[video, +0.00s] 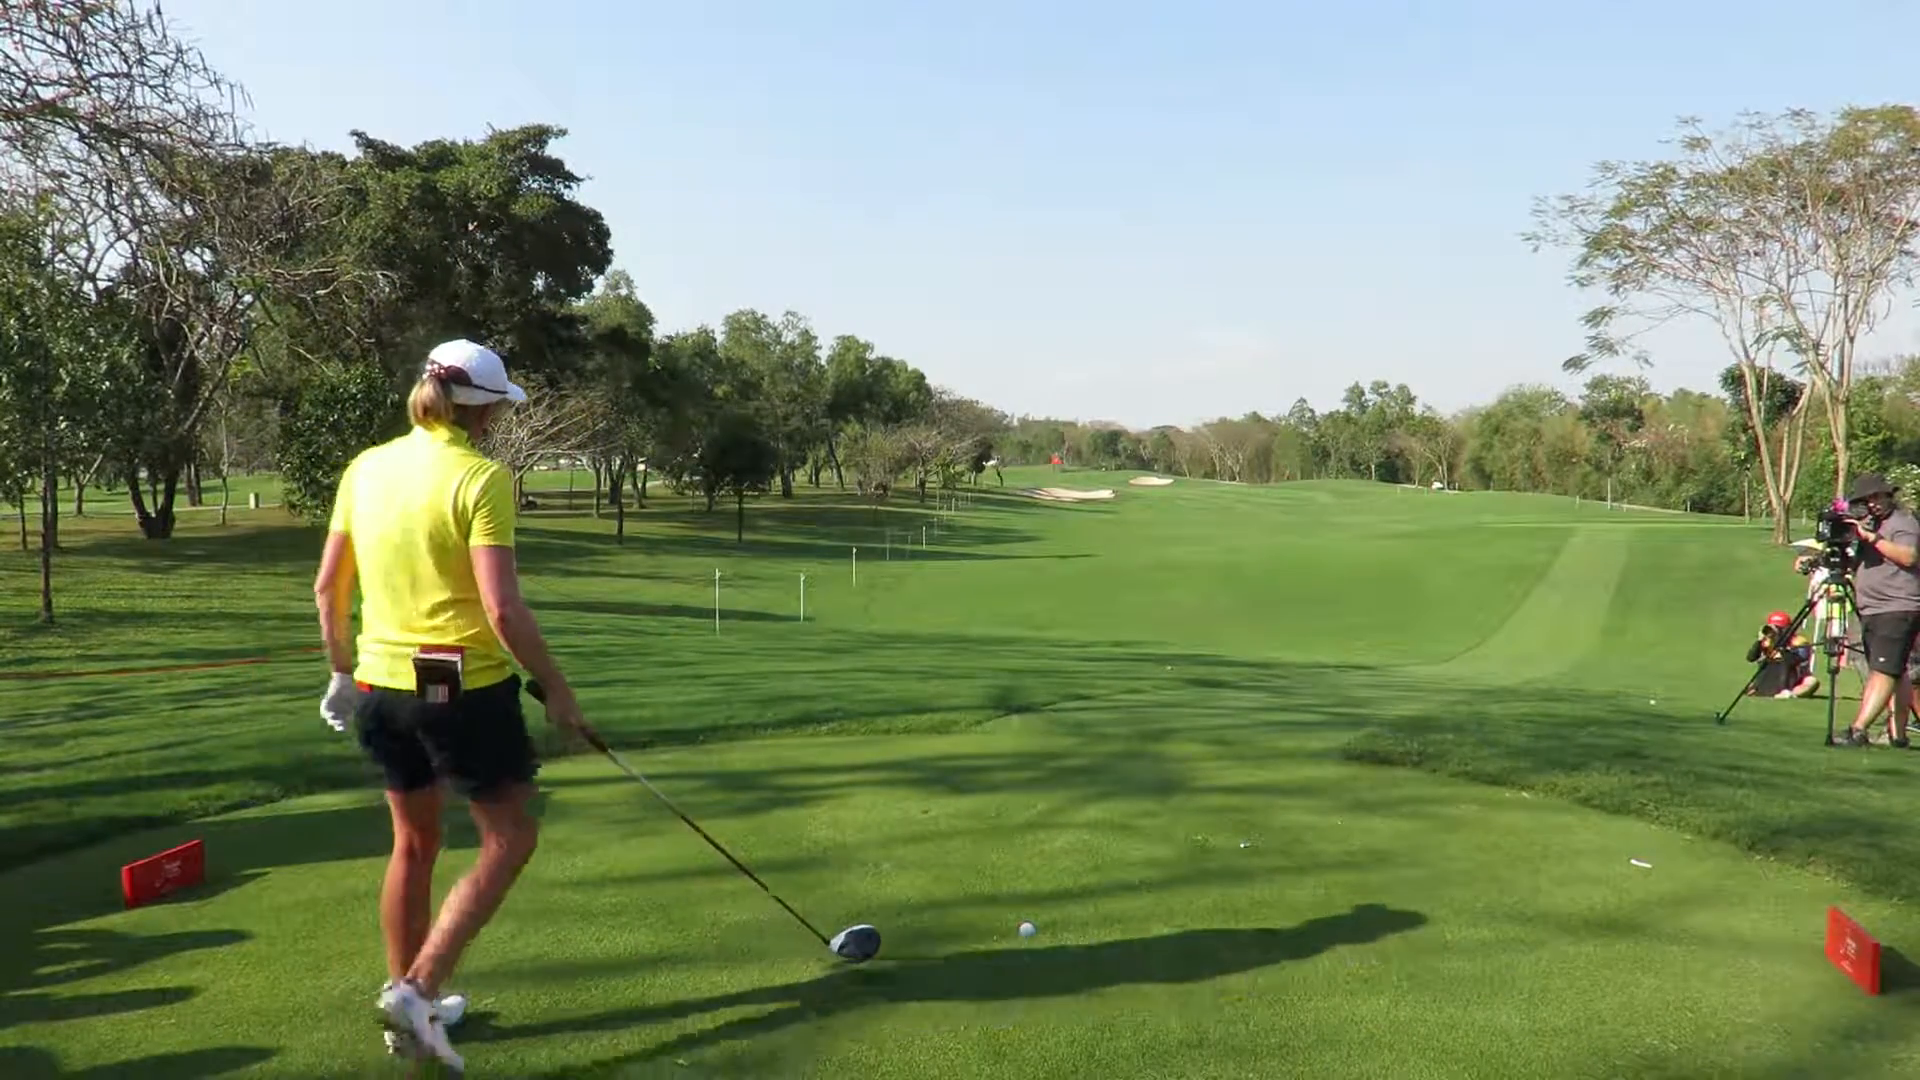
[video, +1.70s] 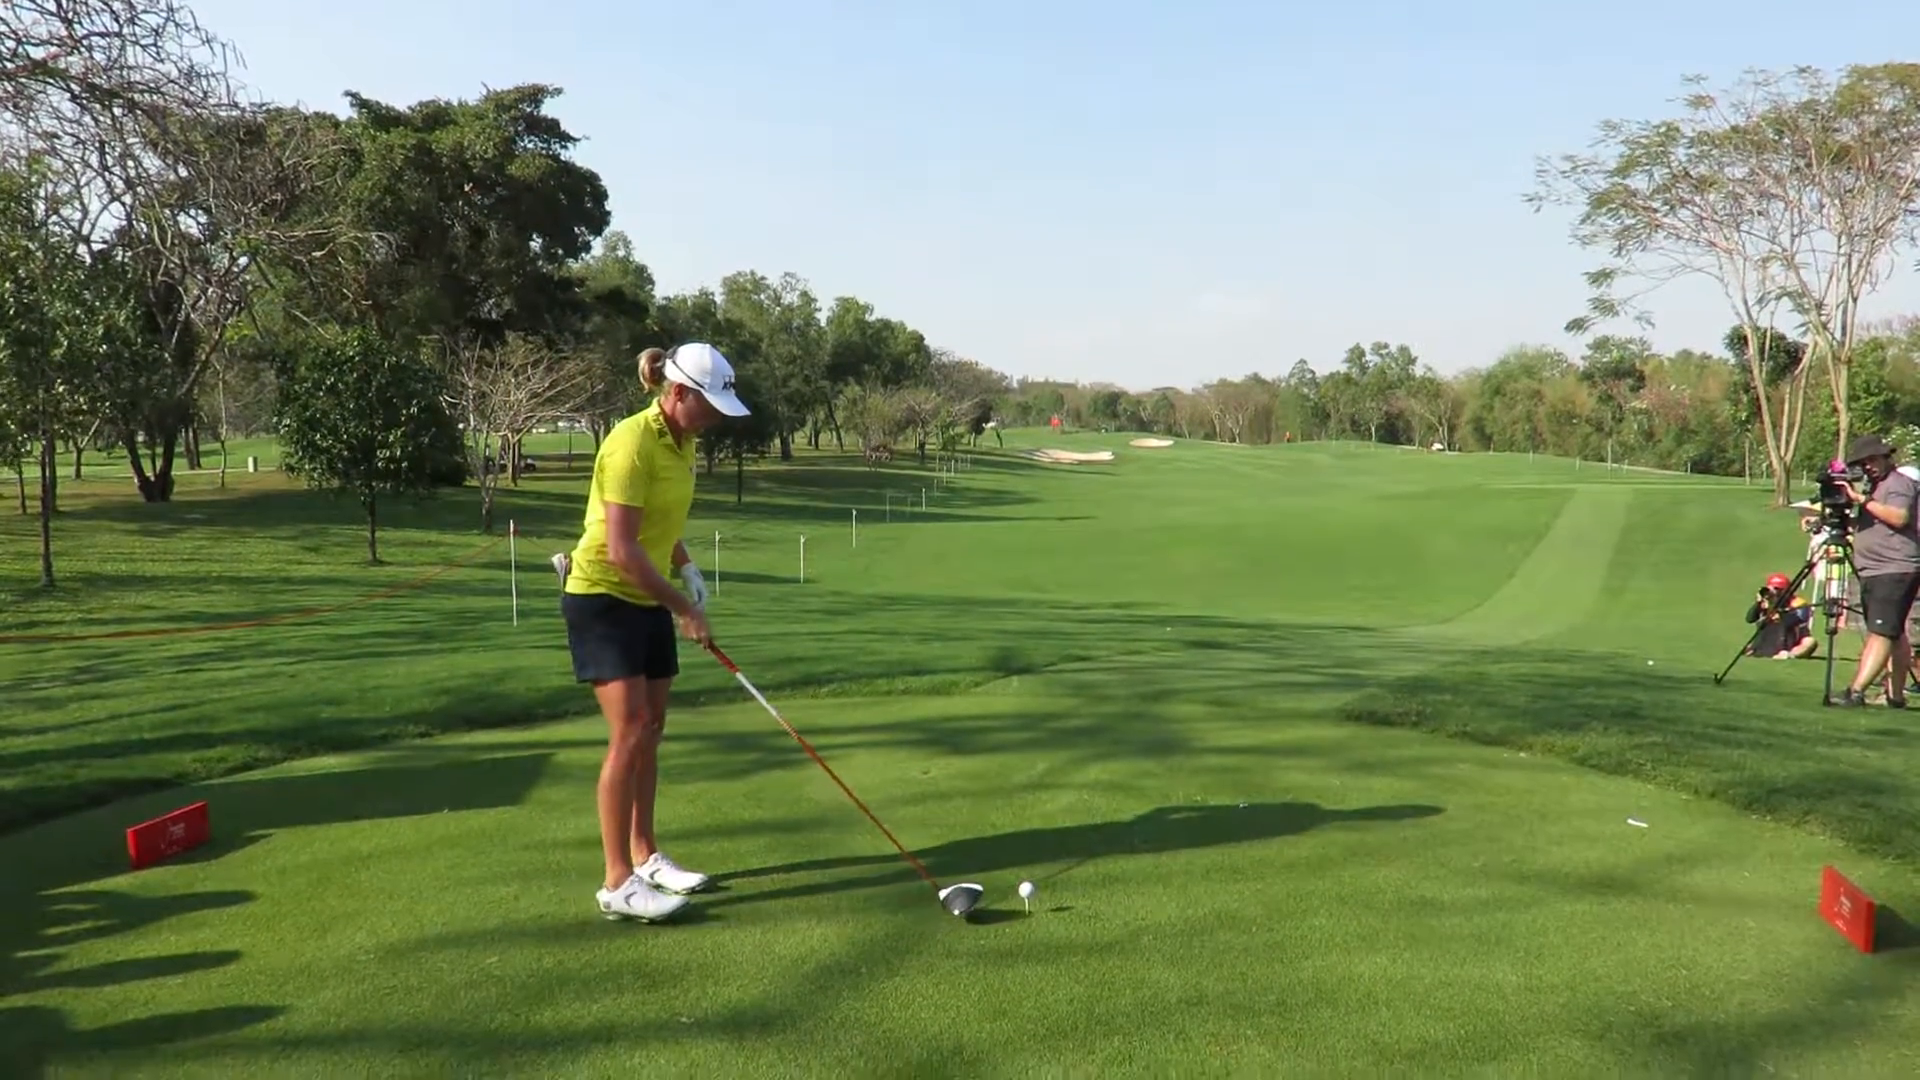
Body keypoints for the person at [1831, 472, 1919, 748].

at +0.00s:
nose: (1873, 505)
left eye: (1877, 499)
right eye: (1867, 501)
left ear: (1889, 497)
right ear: (1863, 505)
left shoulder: (1902, 522)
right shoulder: (1870, 526)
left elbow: (1909, 557)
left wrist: (1872, 538)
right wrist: (1844, 536)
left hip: (1898, 608)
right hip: (1873, 609)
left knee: (1883, 669)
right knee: (1893, 673)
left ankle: (1858, 728)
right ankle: (1898, 734)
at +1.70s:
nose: (1867, 469)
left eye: (1871, 462)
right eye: (1863, 464)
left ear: (1886, 459)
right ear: (1862, 465)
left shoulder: (1899, 483)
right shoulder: (1876, 488)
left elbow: (1899, 517)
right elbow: (1867, 524)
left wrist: (1862, 501)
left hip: (1896, 569)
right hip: (1874, 570)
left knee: (1881, 631)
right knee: (1893, 634)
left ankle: (1855, 691)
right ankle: (1896, 695)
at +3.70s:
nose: (1862, 448)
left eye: (1865, 441)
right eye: (1858, 444)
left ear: (1880, 437)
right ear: (1859, 445)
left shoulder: (1894, 461)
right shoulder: (1876, 465)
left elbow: (1887, 497)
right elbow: (1865, 497)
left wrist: (1848, 483)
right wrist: (1841, 481)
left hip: (1896, 544)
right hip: (1878, 545)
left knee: (1867, 599)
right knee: (1893, 611)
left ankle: (1874, 666)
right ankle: (1896, 673)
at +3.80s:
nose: (1862, 449)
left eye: (1865, 441)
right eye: (1858, 444)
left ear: (1879, 437)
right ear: (1860, 444)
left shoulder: (1895, 460)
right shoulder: (1878, 464)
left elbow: (1886, 496)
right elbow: (1863, 503)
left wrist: (1847, 483)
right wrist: (1841, 485)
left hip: (1896, 545)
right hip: (1881, 545)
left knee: (1874, 604)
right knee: (1889, 609)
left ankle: (1890, 666)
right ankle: (1894, 665)